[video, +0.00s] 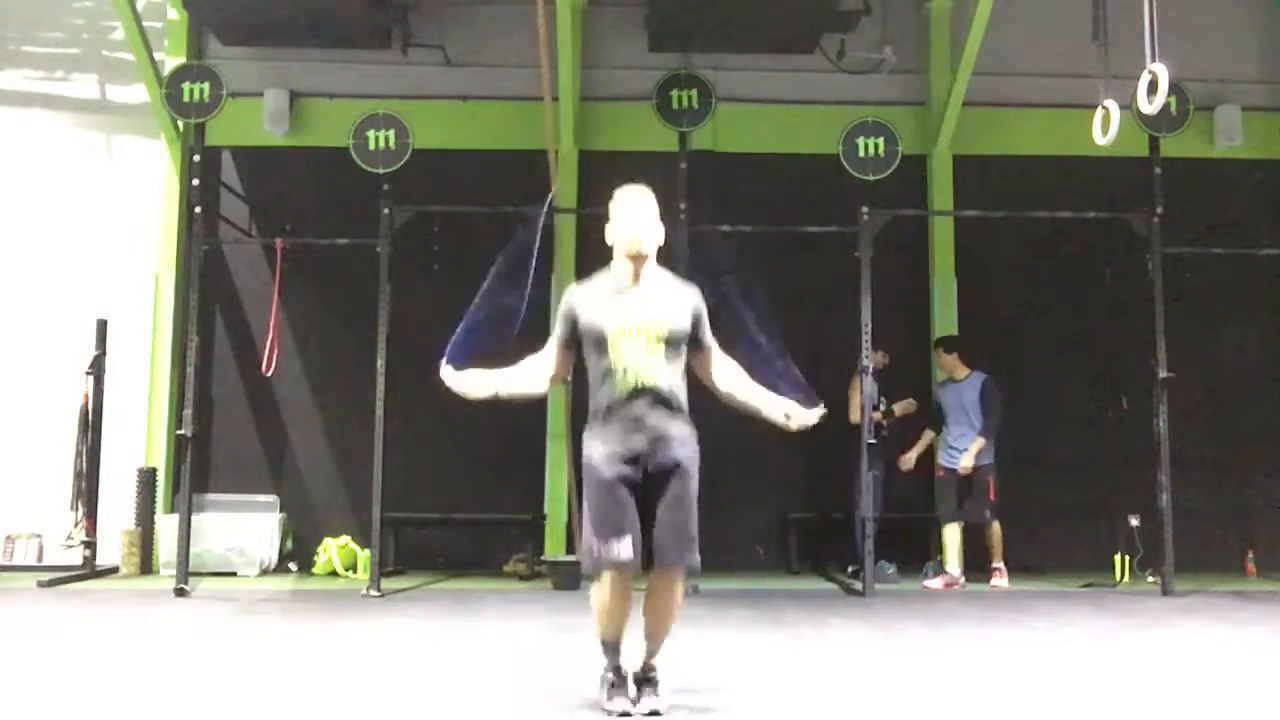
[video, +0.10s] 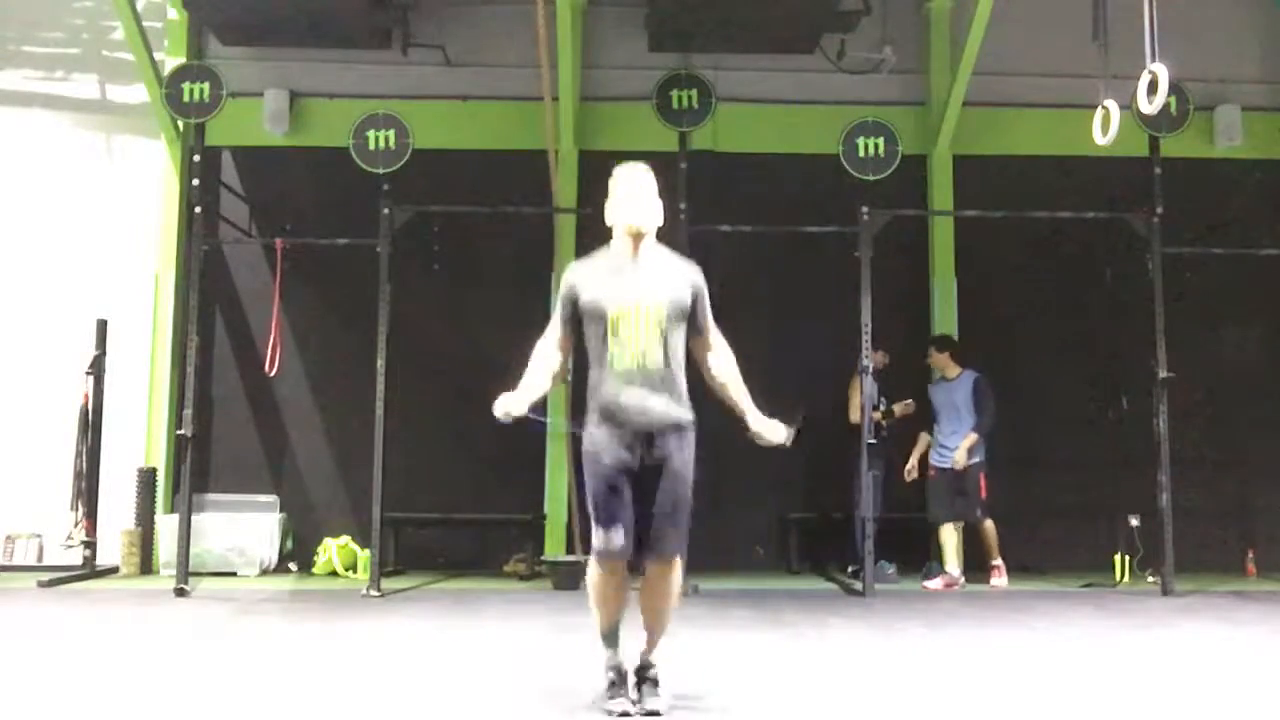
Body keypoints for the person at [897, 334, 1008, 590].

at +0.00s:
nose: (937, 362)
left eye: (940, 356)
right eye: (936, 356)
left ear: (953, 356)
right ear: (949, 357)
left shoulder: (983, 384)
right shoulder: (941, 389)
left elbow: (992, 423)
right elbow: (935, 424)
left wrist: (971, 452)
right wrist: (914, 452)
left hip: (980, 461)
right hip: (947, 462)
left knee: (986, 514)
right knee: (949, 517)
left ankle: (997, 567)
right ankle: (953, 573)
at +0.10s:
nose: (928, 361)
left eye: (931, 355)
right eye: (928, 355)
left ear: (946, 355)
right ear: (940, 356)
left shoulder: (974, 381)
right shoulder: (934, 387)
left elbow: (987, 418)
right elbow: (931, 424)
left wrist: (965, 446)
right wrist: (915, 455)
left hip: (970, 459)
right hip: (939, 461)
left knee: (978, 515)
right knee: (945, 517)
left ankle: (996, 564)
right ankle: (952, 573)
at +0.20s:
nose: (920, 361)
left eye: (924, 355)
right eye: (920, 356)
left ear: (939, 355)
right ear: (934, 357)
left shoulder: (967, 381)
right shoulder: (924, 387)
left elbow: (982, 417)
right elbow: (921, 424)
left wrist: (957, 443)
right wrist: (912, 458)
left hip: (960, 459)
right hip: (931, 460)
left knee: (968, 514)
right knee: (940, 518)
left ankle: (993, 560)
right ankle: (952, 572)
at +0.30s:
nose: (913, 360)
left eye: (917, 355)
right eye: (913, 355)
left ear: (931, 355)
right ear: (926, 357)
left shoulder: (959, 380)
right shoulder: (918, 387)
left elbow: (973, 418)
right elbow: (914, 423)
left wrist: (954, 446)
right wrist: (904, 455)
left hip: (951, 457)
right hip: (925, 458)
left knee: (952, 513)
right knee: (935, 517)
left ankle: (981, 553)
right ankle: (949, 569)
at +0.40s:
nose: (905, 361)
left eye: (909, 355)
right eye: (904, 356)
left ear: (924, 353)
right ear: (911, 358)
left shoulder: (951, 380)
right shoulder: (910, 387)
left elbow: (967, 418)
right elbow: (907, 423)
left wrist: (955, 450)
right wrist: (895, 451)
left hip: (943, 458)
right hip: (920, 459)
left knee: (936, 513)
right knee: (928, 515)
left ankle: (960, 562)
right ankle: (947, 571)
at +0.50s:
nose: (898, 361)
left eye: (902, 355)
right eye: (896, 356)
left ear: (916, 353)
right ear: (900, 359)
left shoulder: (940, 380)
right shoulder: (902, 388)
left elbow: (964, 414)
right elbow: (898, 423)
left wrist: (956, 448)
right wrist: (886, 449)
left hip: (937, 456)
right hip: (914, 458)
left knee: (922, 512)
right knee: (932, 516)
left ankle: (931, 572)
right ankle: (951, 569)